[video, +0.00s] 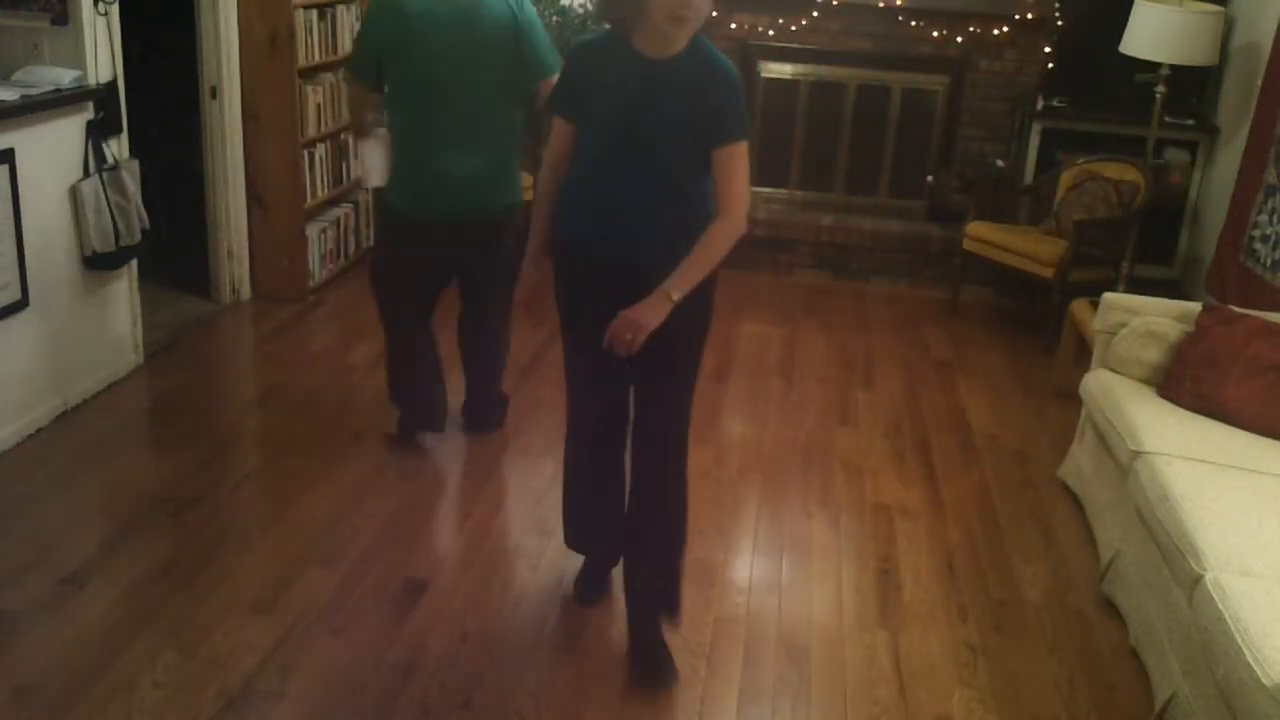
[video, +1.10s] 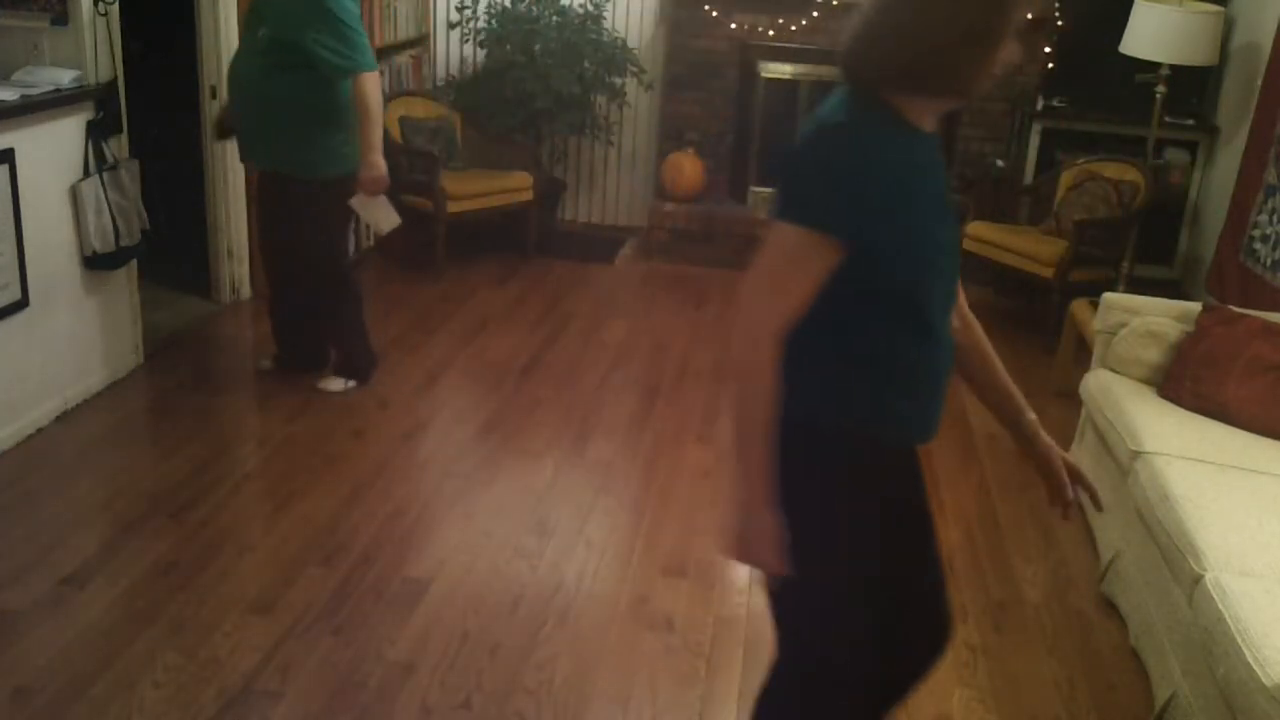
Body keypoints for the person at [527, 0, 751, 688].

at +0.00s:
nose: (693, 4)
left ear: (708, 7)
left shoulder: (716, 81)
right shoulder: (590, 60)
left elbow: (734, 217)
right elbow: (553, 165)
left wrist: (661, 300)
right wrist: (536, 252)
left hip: (676, 283)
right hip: (587, 271)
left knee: (661, 438)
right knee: (594, 422)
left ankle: (650, 611)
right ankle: (598, 547)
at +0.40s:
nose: (767, 15)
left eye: (775, 3)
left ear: (783, 15)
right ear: (702, 4)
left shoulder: (779, 109)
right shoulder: (634, 86)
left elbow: (803, 264)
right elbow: (588, 215)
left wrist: (710, 353)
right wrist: (564, 330)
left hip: (733, 344)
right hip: (626, 330)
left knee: (693, 538)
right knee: (614, 512)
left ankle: (653, 700)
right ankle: (583, 598)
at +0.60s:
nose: (819, 23)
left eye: (826, 9)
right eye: (803, 3)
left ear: (823, 22)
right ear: (750, 5)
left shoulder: (817, 122)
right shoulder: (665, 100)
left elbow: (852, 280)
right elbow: (607, 233)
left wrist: (801, 387)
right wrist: (577, 349)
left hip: (755, 365)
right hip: (653, 351)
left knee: (703, 574)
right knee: (659, 563)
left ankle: (667, 709)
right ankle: (654, 703)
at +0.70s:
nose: (849, 38)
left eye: (855, 22)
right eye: (835, 17)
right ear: (778, 16)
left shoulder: (841, 137)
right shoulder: (684, 114)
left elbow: (884, 285)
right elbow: (618, 248)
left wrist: (878, 400)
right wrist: (578, 365)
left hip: (783, 374)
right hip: (672, 364)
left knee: (712, 574)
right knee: (697, 580)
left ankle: (655, 703)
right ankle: (720, 709)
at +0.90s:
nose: (925, 48)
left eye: (928, 31)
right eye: (916, 27)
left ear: (872, 36)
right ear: (863, 28)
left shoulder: (888, 149)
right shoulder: (748, 134)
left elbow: (931, 301)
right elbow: (658, 285)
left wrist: (1002, 421)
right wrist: (613, 431)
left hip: (836, 412)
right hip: (736, 409)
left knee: (803, 620)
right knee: (768, 631)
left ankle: (675, 692)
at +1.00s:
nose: (973, 49)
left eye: (976, 32)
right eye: (965, 27)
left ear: (921, 38)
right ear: (913, 29)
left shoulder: (907, 146)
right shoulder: (794, 141)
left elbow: (949, 312)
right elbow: (694, 307)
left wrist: (1034, 437)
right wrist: (665, 467)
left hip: (859, 430)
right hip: (771, 428)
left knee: (869, 637)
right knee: (795, 665)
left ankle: (718, 709)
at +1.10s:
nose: (1017, 56)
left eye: (1022, 37)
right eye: (1012, 33)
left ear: (954, 38)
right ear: (960, 35)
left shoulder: (911, 143)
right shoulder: (852, 145)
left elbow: (949, 313)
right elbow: (755, 319)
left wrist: (1033, 435)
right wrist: (755, 505)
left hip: (879, 442)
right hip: (823, 445)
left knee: (917, 629)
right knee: (829, 658)